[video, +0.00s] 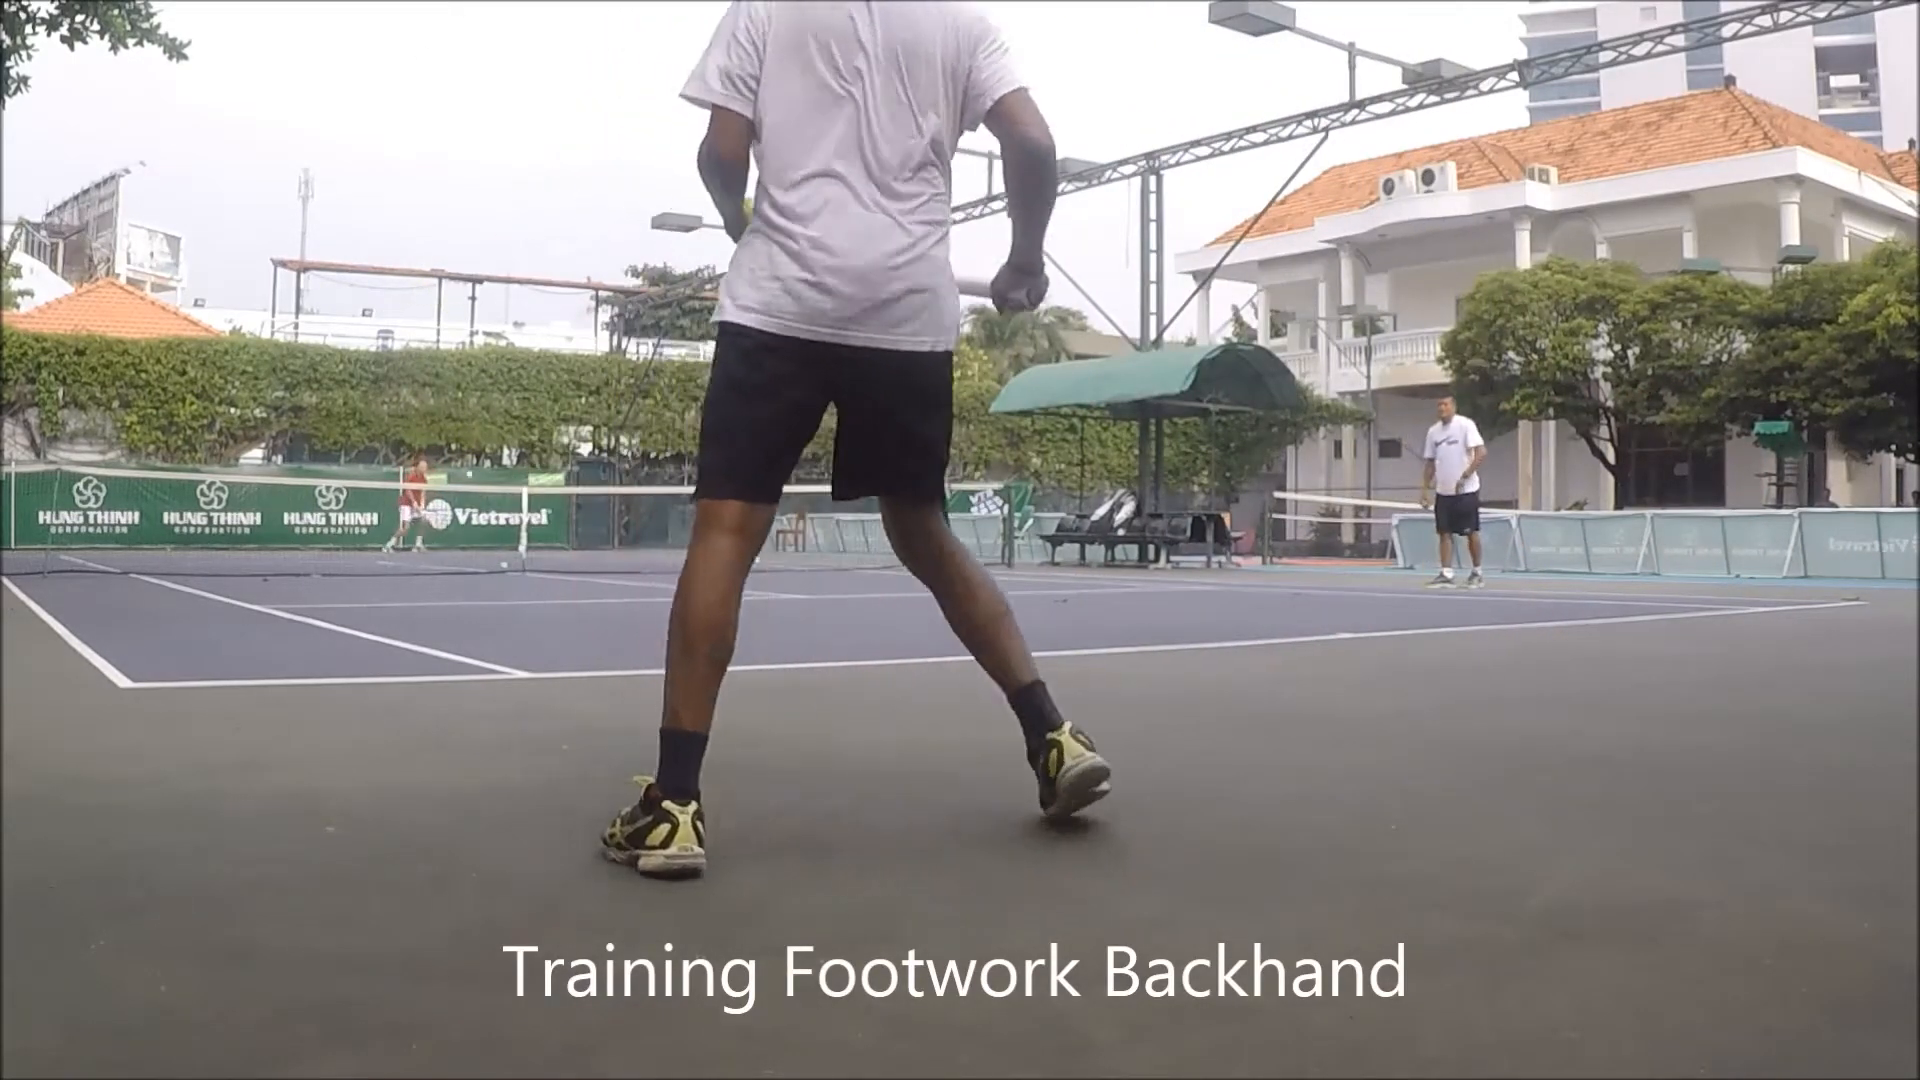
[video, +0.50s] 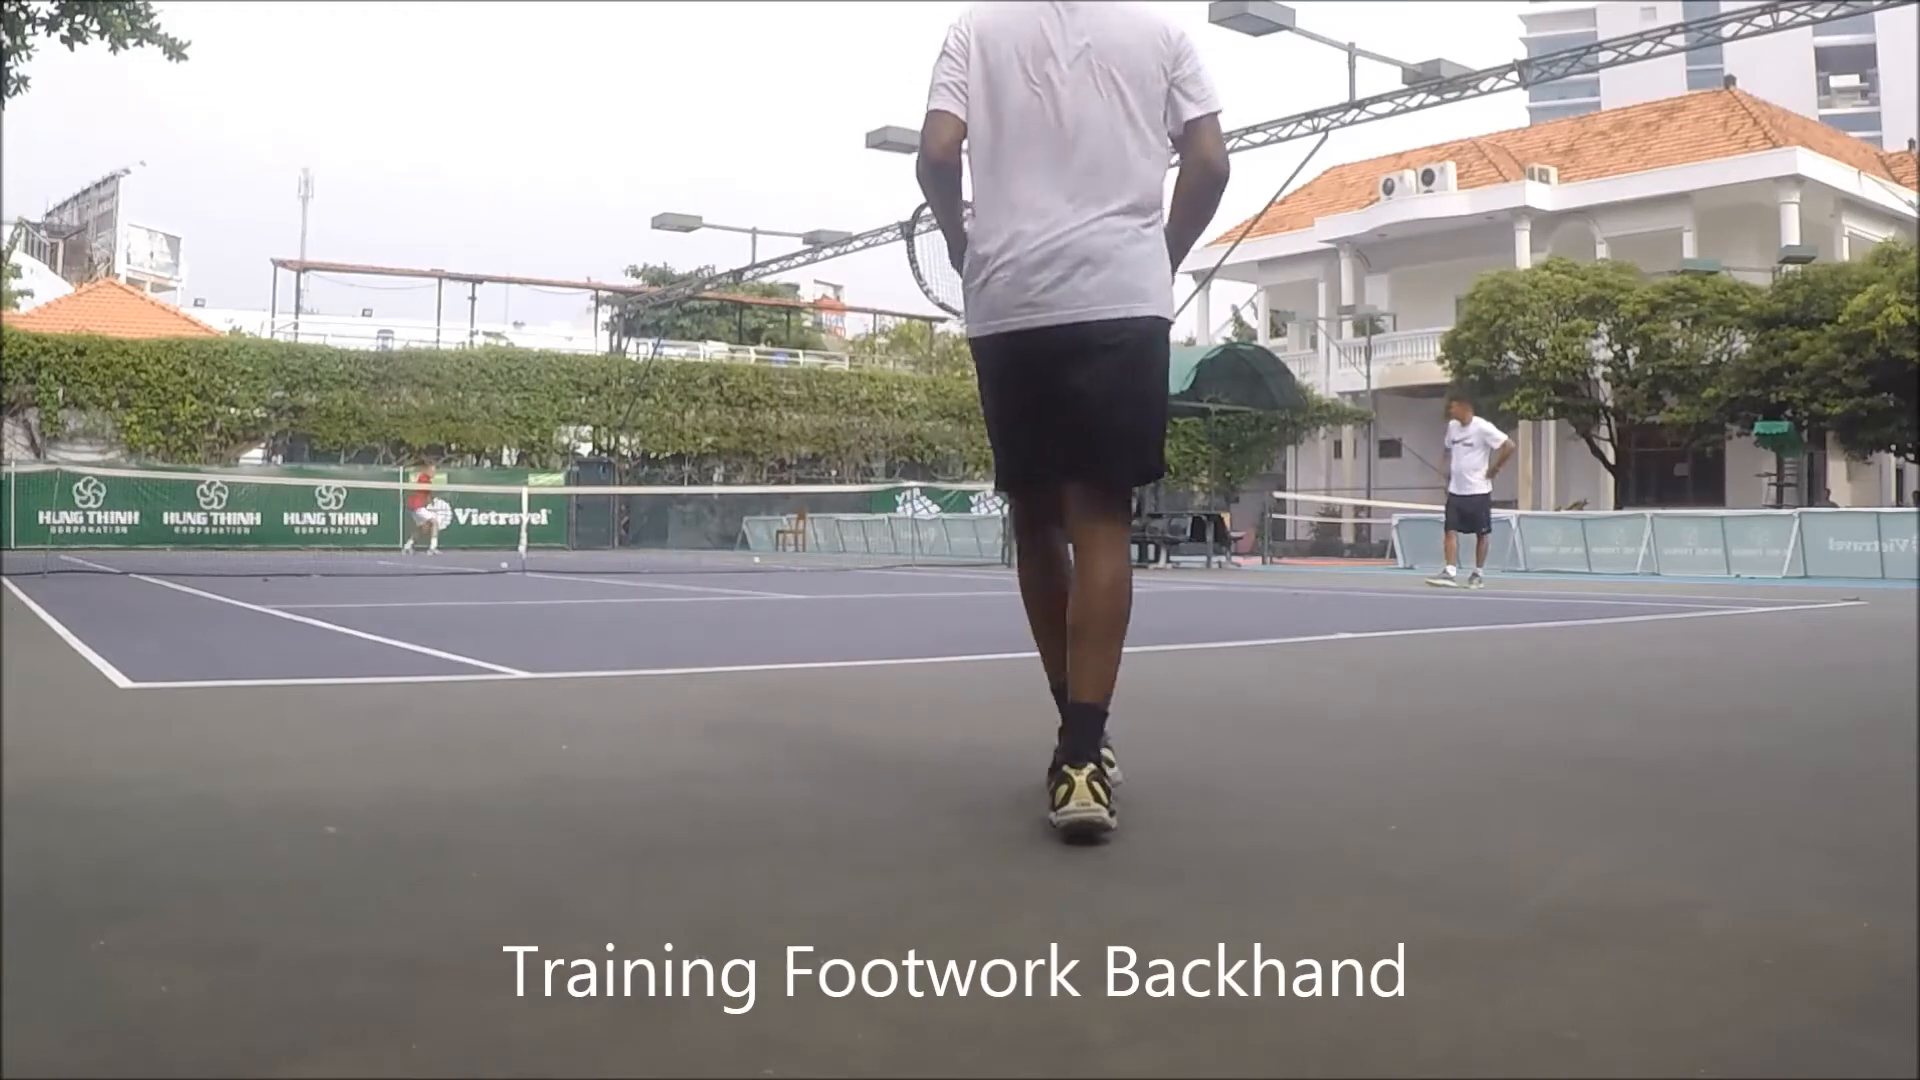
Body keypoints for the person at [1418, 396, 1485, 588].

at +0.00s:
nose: (1442, 408)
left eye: (1445, 404)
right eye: (1439, 405)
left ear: (1453, 406)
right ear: (1437, 408)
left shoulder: (1466, 425)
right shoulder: (1433, 431)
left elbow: (1480, 452)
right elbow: (1429, 463)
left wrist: (1464, 476)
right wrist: (1425, 488)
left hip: (1466, 489)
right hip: (1443, 490)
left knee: (1471, 532)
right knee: (1443, 532)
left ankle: (1476, 571)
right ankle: (1446, 572)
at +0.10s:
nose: (1442, 409)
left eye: (1446, 404)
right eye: (1441, 405)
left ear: (1456, 405)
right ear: (1441, 407)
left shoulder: (1472, 425)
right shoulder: (1438, 429)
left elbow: (1490, 449)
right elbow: (1434, 460)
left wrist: (1479, 472)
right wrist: (1429, 487)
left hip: (1468, 489)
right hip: (1445, 490)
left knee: (1474, 533)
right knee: (1446, 532)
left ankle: (1477, 572)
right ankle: (1446, 573)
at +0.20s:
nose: (1443, 409)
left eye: (1446, 405)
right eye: (1443, 405)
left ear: (1458, 406)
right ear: (1450, 408)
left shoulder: (1476, 425)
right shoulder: (1443, 428)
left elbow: (1498, 446)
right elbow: (1438, 457)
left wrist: (1488, 472)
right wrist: (1434, 484)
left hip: (1473, 488)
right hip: (1450, 489)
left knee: (1478, 533)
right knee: (1449, 533)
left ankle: (1478, 572)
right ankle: (1447, 573)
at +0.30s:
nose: (1447, 410)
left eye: (1450, 406)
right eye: (1447, 406)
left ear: (1461, 407)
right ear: (1452, 409)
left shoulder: (1478, 426)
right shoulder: (1447, 427)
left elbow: (1502, 445)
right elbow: (1442, 454)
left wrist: (1494, 470)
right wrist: (1440, 481)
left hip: (1475, 488)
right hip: (1452, 488)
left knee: (1480, 533)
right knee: (1452, 532)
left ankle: (1478, 572)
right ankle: (1447, 572)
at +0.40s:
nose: (1448, 411)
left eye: (1451, 407)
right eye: (1448, 407)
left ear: (1463, 407)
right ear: (1455, 409)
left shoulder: (1480, 426)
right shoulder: (1450, 427)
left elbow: (1508, 445)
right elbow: (1445, 451)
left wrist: (1496, 468)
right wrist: (1444, 475)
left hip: (1477, 489)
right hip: (1455, 489)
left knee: (1482, 534)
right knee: (1452, 531)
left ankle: (1478, 572)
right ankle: (1448, 572)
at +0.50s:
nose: (1450, 411)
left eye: (1452, 407)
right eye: (1450, 408)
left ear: (1464, 408)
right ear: (1457, 410)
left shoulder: (1482, 426)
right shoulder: (1452, 426)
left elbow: (1509, 445)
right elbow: (1447, 450)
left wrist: (1494, 469)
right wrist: (1447, 471)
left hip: (1478, 488)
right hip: (1456, 487)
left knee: (1482, 533)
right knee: (1450, 530)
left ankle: (1478, 572)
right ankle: (1450, 571)